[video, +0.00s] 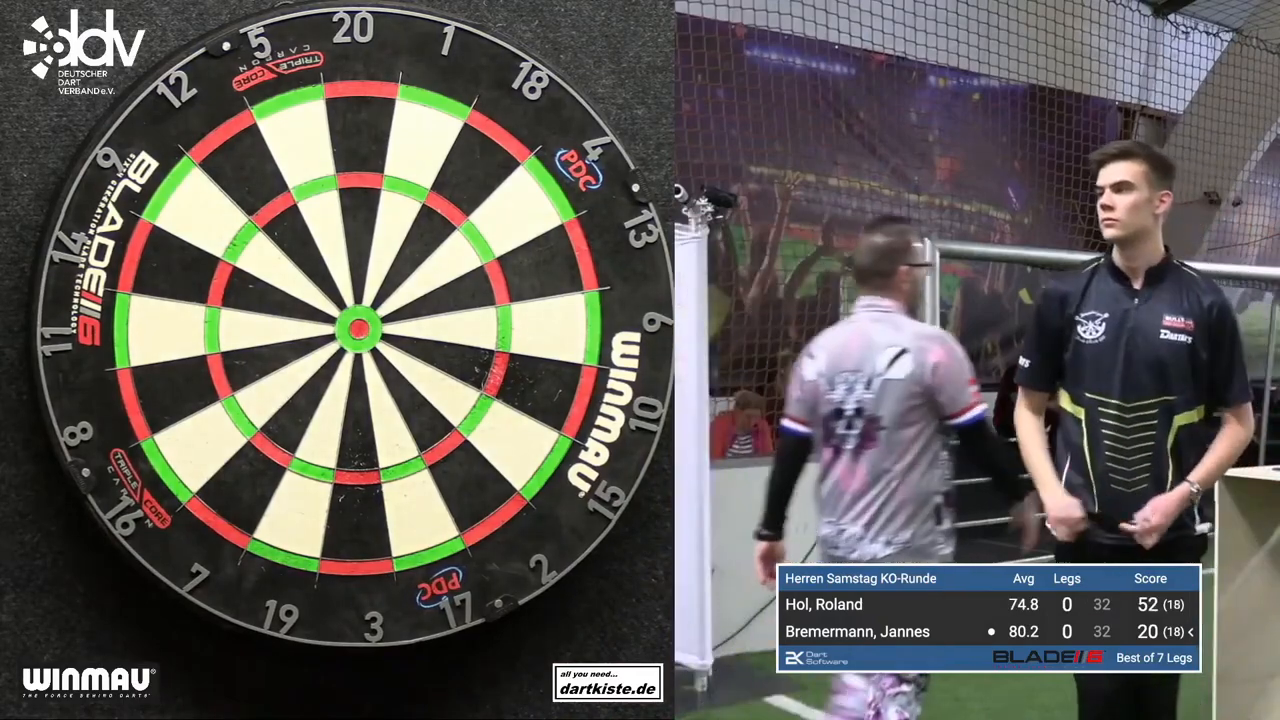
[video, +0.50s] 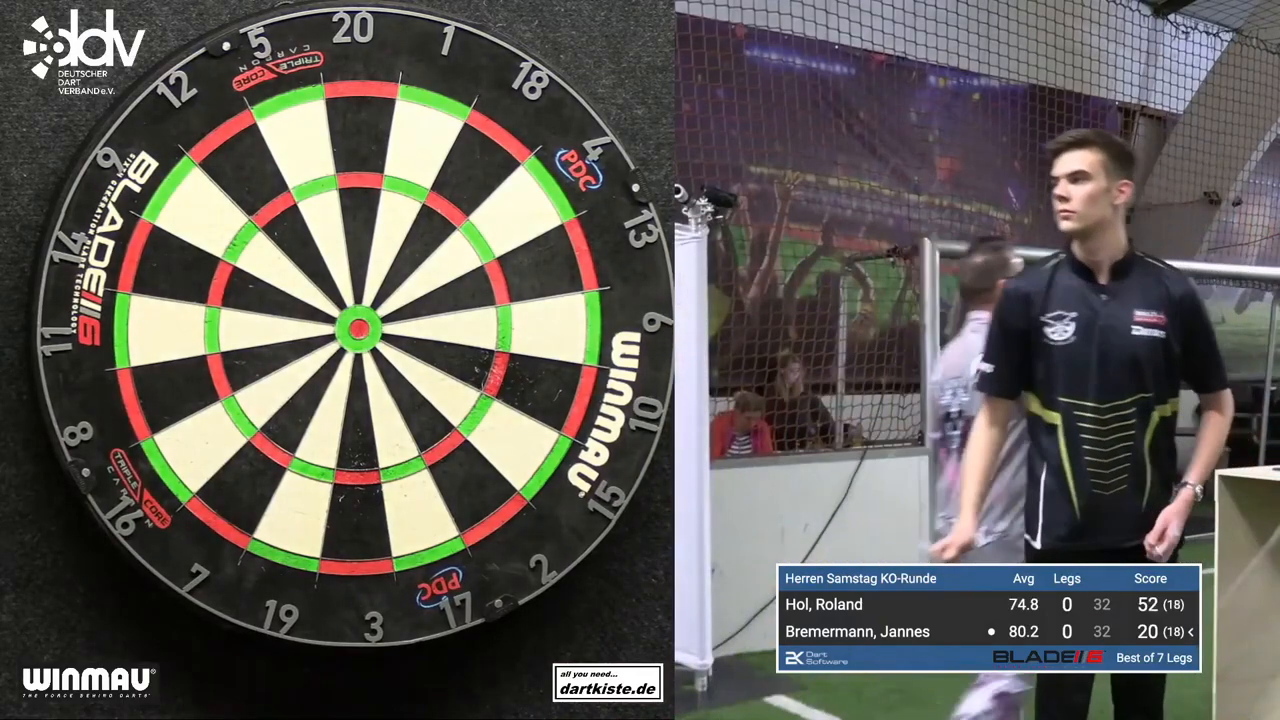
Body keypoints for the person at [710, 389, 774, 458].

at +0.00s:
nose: (752, 422)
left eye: (756, 417)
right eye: (748, 416)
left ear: (761, 416)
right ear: (737, 412)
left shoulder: (762, 426)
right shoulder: (720, 424)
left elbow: (768, 457)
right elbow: (715, 459)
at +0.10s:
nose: (752, 422)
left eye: (756, 417)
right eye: (748, 417)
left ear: (761, 416)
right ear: (737, 412)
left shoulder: (762, 426)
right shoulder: (720, 424)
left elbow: (768, 457)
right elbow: (715, 459)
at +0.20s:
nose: (752, 422)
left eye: (756, 417)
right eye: (748, 417)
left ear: (761, 417)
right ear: (737, 412)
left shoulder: (762, 426)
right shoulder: (720, 424)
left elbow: (768, 456)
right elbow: (715, 458)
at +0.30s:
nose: (752, 423)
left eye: (756, 419)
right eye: (748, 418)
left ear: (760, 417)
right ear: (737, 413)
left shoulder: (762, 427)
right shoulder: (720, 424)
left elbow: (767, 457)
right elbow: (714, 458)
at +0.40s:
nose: (752, 423)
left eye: (756, 419)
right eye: (748, 418)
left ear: (761, 417)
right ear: (737, 413)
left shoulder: (762, 427)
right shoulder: (719, 424)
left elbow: (768, 457)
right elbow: (714, 459)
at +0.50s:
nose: (752, 424)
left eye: (756, 419)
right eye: (748, 418)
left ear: (761, 417)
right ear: (737, 413)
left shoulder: (762, 427)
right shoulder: (719, 424)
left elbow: (768, 458)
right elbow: (714, 459)